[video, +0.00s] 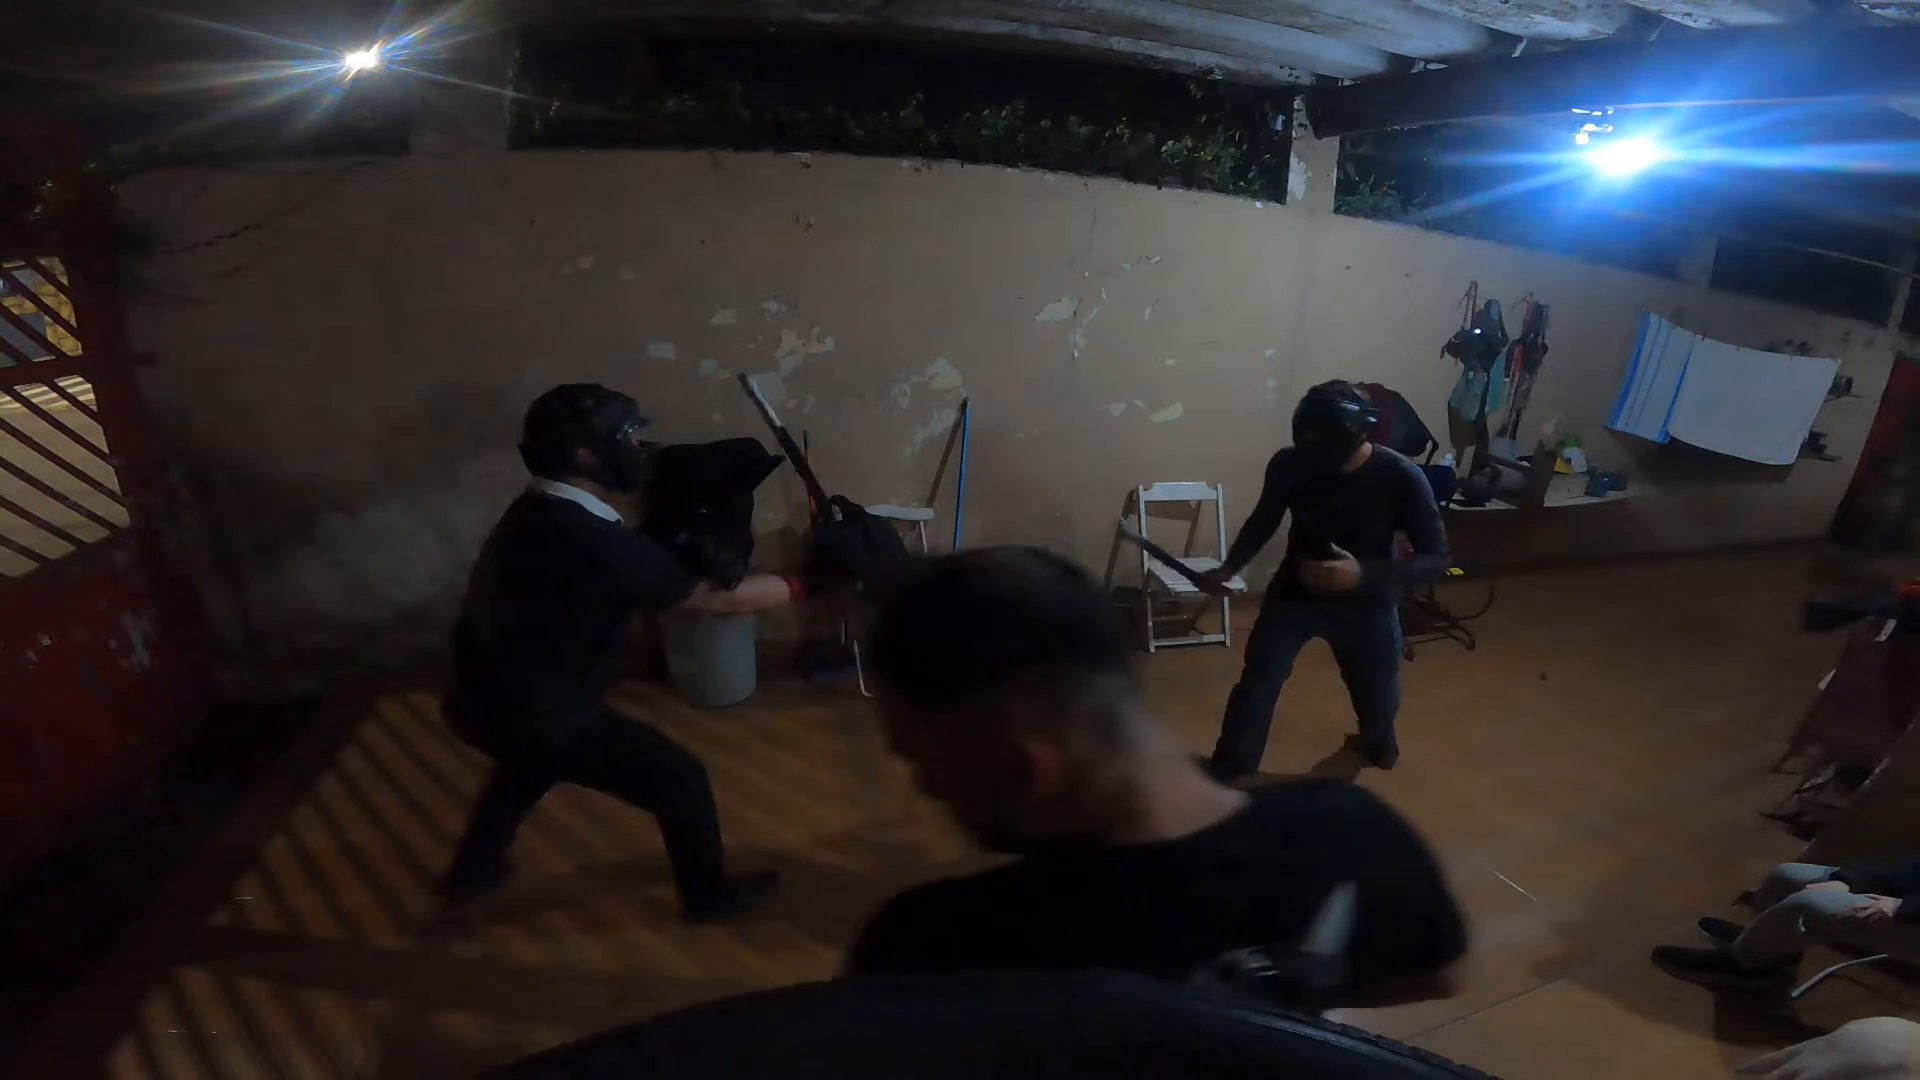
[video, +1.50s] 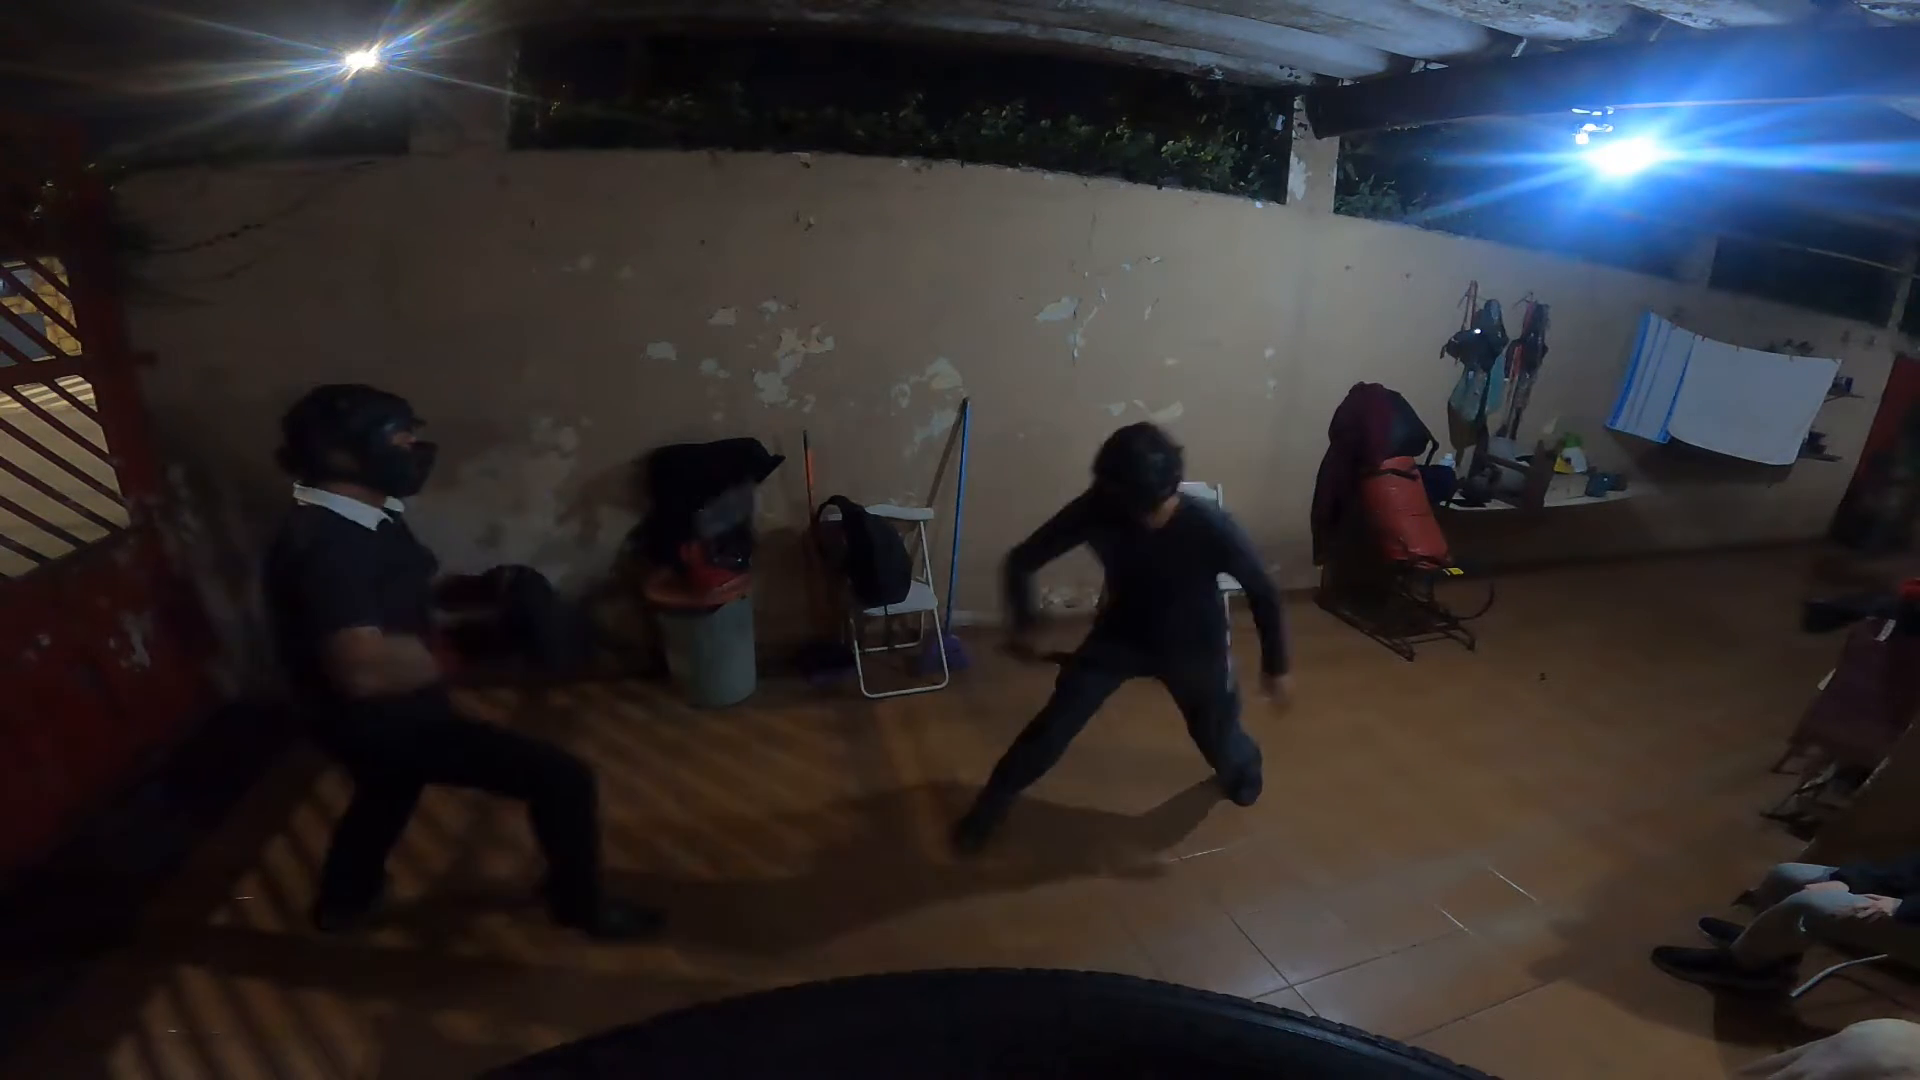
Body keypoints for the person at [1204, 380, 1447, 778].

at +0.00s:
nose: (1312, 460)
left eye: (1321, 452)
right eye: (1307, 450)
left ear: (1352, 441)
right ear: (1302, 438)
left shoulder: (1403, 479)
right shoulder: (1290, 467)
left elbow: (1434, 561)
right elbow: (1264, 521)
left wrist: (1364, 574)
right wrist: (1229, 567)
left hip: (1367, 603)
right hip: (1295, 593)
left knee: (1378, 693)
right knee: (1259, 678)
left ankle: (1380, 743)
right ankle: (1230, 769)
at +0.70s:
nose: (1253, 457)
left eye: (1260, 449)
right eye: (1251, 449)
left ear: (1294, 437)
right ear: (1254, 444)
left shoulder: (1348, 477)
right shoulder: (1259, 471)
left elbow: (1410, 550)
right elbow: (1238, 521)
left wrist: (1387, 618)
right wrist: (1191, 558)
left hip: (1334, 603)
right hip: (1272, 588)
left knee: (1335, 694)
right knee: (1202, 671)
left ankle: (1340, 744)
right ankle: (1184, 746)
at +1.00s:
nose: (1228, 471)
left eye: (1236, 461)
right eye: (1219, 461)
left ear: (1259, 448)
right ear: (1207, 452)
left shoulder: (1295, 485)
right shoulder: (1199, 473)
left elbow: (1357, 563)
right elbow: (1185, 528)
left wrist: (1329, 617)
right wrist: (1146, 577)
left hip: (1282, 599)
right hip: (1219, 589)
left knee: (1280, 714)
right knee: (1161, 681)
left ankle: (1292, 758)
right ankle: (1164, 747)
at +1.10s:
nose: (1254, 466)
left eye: (1267, 458)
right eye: (1247, 452)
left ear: (1292, 452)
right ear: (1237, 438)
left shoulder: (1318, 494)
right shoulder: (1208, 464)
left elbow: (1334, 587)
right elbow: (1180, 517)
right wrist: (1141, 573)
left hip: (1270, 601)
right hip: (1199, 585)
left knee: (1261, 715)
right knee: (1146, 678)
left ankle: (1248, 765)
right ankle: (1161, 740)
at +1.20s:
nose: (1267, 477)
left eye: (1281, 471)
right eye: (1261, 463)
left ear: (1304, 465)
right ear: (1249, 446)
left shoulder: (1321, 508)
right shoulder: (1212, 468)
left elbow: (1319, 599)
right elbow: (1174, 520)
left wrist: (1231, 567)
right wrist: (1137, 573)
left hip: (1257, 609)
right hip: (1191, 589)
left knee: (1247, 710)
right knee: (1125, 682)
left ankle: (1244, 776)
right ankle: (1148, 733)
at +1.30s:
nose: (1255, 488)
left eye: (1265, 478)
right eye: (1244, 475)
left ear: (1282, 470)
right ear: (1227, 459)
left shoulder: (1302, 521)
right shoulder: (1191, 480)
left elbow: (1306, 616)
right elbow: (1151, 544)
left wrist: (1225, 622)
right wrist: (1124, 595)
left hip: (1236, 624)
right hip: (1168, 601)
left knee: (1234, 725)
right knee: (1095, 692)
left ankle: (1246, 778)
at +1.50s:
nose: (1135, 515)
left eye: (1144, 505)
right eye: (1123, 503)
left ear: (1171, 492)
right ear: (1111, 490)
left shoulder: (1208, 526)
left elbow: (1262, 590)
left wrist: (1276, 667)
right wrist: (1023, 628)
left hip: (1192, 646)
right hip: (1118, 638)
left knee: (1218, 739)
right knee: (1053, 727)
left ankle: (1245, 778)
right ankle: (985, 814)